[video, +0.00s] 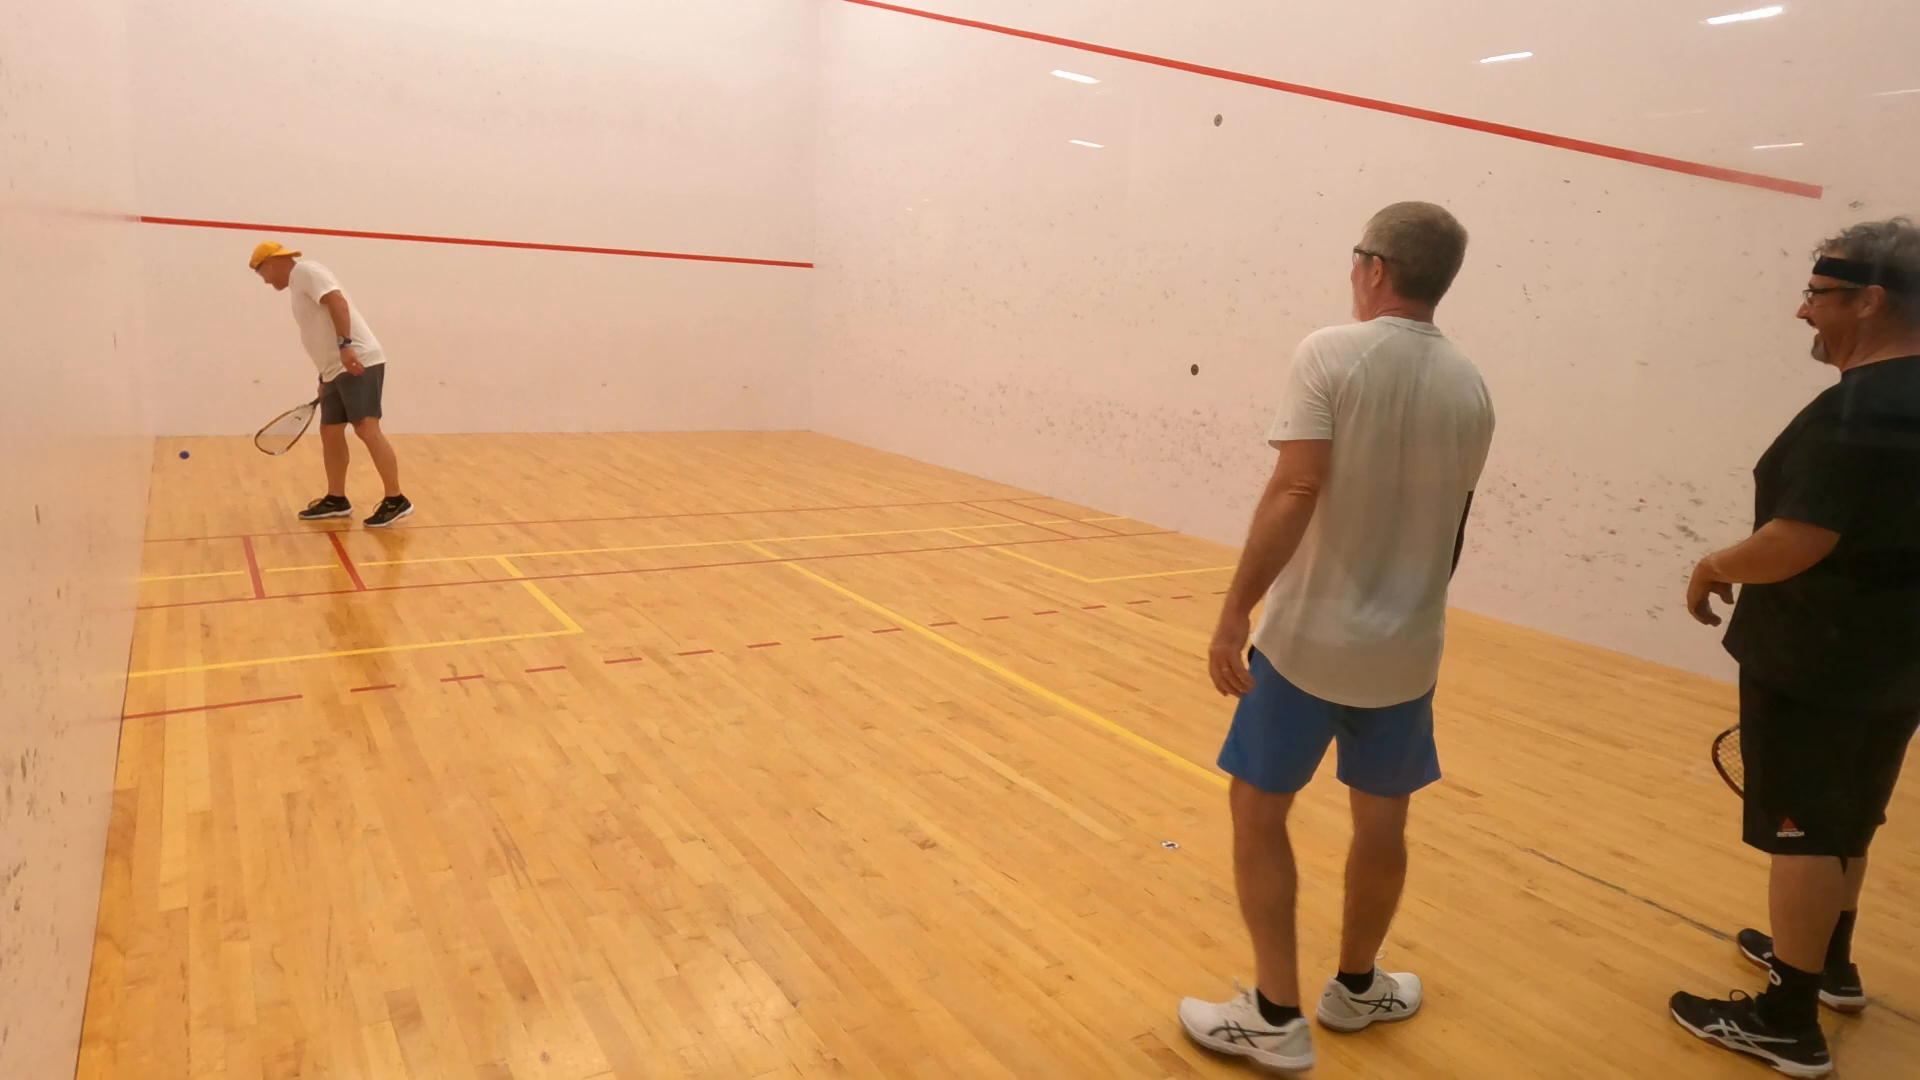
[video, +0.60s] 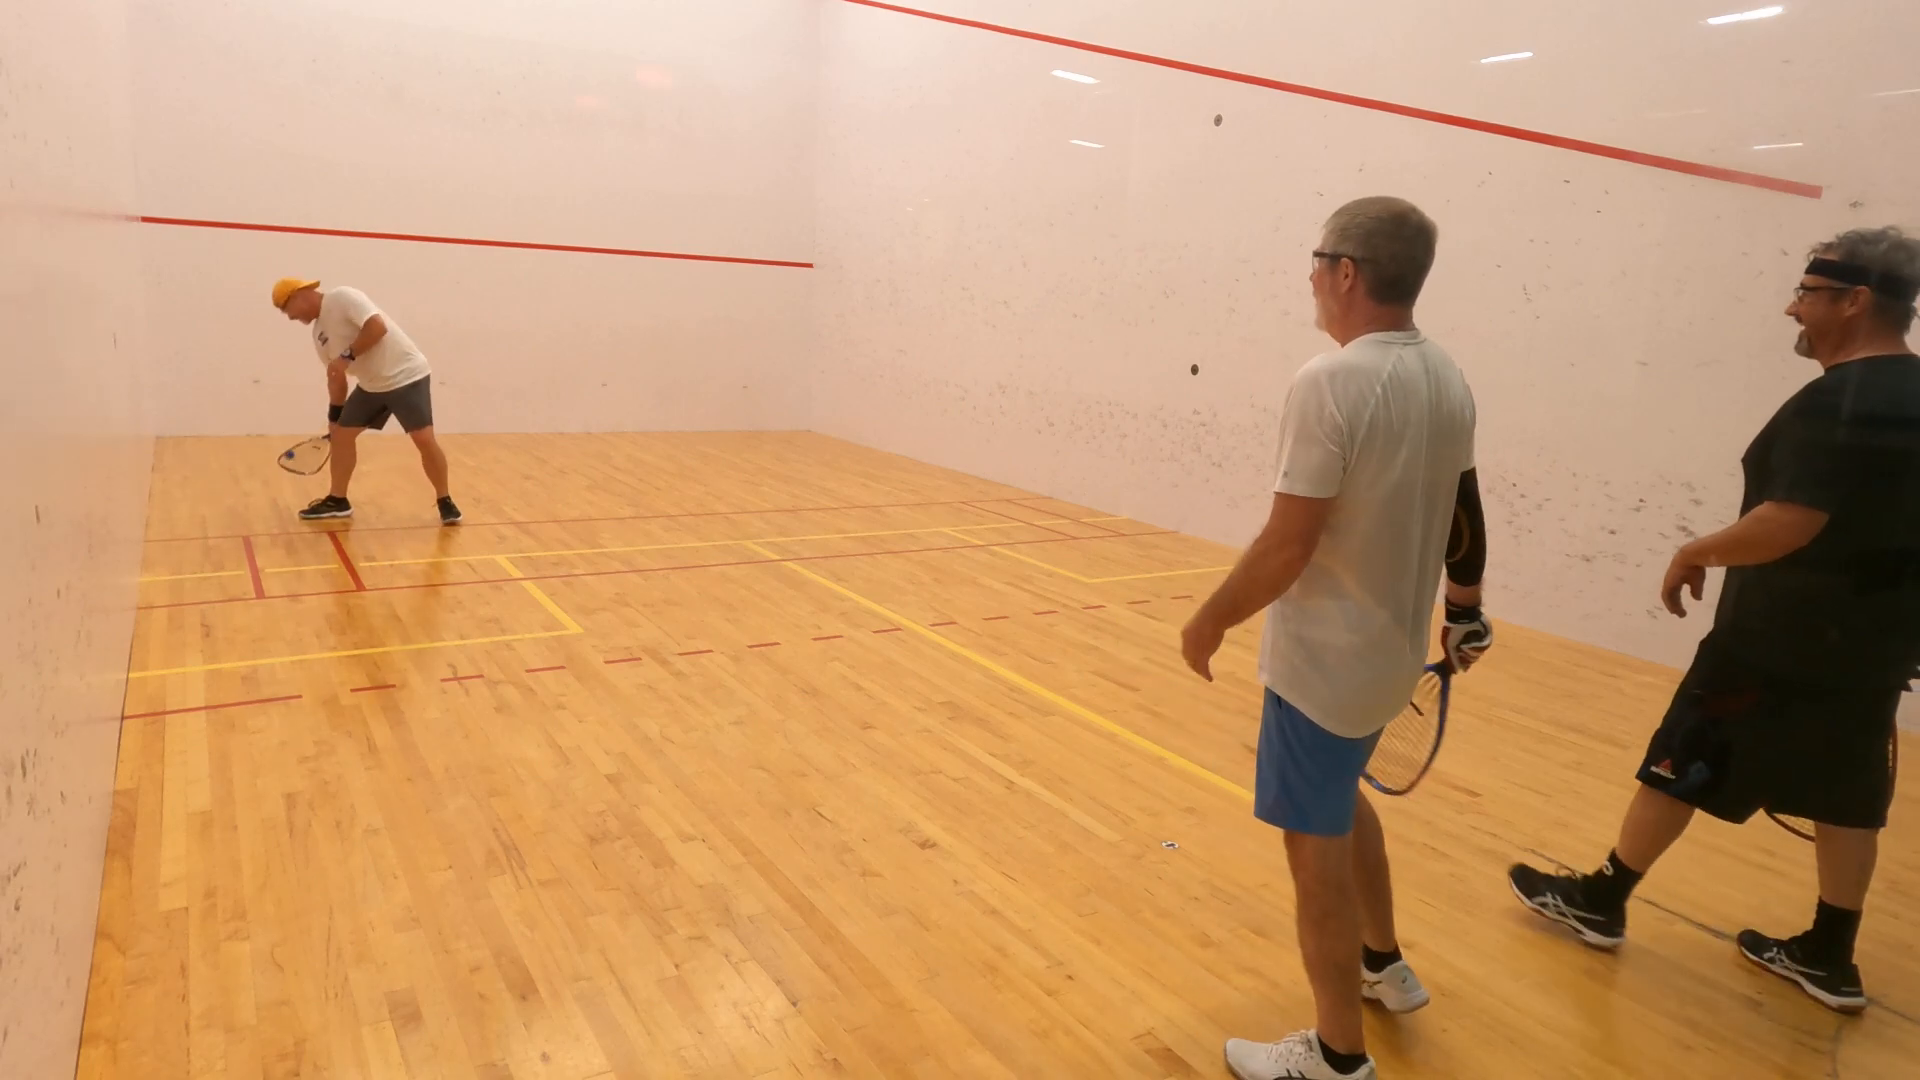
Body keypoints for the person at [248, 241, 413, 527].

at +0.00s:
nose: (264, 280)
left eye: (261, 272)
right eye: (260, 275)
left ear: (274, 263)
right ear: (274, 265)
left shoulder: (306, 271)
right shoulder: (297, 290)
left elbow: (338, 303)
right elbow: (322, 334)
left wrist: (345, 345)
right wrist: (324, 375)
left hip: (357, 361)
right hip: (334, 371)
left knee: (367, 428)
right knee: (330, 430)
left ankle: (395, 498)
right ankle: (336, 499)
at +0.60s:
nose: (288, 315)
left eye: (286, 307)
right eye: (283, 311)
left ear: (301, 295)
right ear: (299, 299)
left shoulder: (343, 297)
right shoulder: (319, 333)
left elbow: (377, 327)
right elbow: (337, 378)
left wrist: (346, 356)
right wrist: (334, 419)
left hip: (407, 375)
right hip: (372, 384)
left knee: (424, 439)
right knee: (342, 433)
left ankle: (444, 500)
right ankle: (337, 500)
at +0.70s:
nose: (317, 297)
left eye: (317, 289)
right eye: (313, 293)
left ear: (334, 276)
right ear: (328, 283)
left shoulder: (378, 291)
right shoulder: (341, 315)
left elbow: (392, 333)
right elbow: (355, 360)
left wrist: (348, 346)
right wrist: (351, 400)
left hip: (421, 380)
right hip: (382, 386)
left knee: (435, 441)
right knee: (356, 436)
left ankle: (447, 502)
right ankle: (340, 499)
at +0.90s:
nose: (383, 266)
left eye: (388, 259)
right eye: (378, 261)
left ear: (406, 256)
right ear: (375, 263)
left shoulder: (432, 288)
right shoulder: (383, 294)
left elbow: (420, 334)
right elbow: (383, 336)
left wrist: (388, 364)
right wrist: (377, 374)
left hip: (445, 379)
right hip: (405, 380)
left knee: (451, 442)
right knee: (385, 437)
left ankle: (449, 502)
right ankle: (378, 496)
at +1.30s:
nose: (458, 278)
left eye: (462, 270)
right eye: (451, 272)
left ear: (471, 264)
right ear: (441, 269)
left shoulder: (496, 292)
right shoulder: (429, 298)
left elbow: (517, 332)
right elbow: (414, 333)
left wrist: (496, 348)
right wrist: (410, 369)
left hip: (489, 384)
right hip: (452, 384)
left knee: (475, 447)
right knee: (474, 444)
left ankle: (449, 501)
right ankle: (494, 516)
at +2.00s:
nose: (577, 289)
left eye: (582, 282)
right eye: (570, 283)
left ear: (593, 276)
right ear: (561, 279)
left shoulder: (616, 306)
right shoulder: (549, 310)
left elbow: (638, 346)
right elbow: (533, 349)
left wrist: (612, 352)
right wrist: (519, 387)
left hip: (613, 405)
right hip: (567, 407)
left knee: (647, 465)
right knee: (538, 462)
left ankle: (687, 527)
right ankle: (509, 516)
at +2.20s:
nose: (619, 276)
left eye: (625, 270)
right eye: (613, 270)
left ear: (638, 267)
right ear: (607, 270)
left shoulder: (658, 302)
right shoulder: (605, 300)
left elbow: (687, 345)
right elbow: (598, 338)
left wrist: (656, 370)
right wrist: (575, 372)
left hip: (652, 402)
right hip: (613, 400)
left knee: (673, 465)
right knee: (588, 455)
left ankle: (699, 533)